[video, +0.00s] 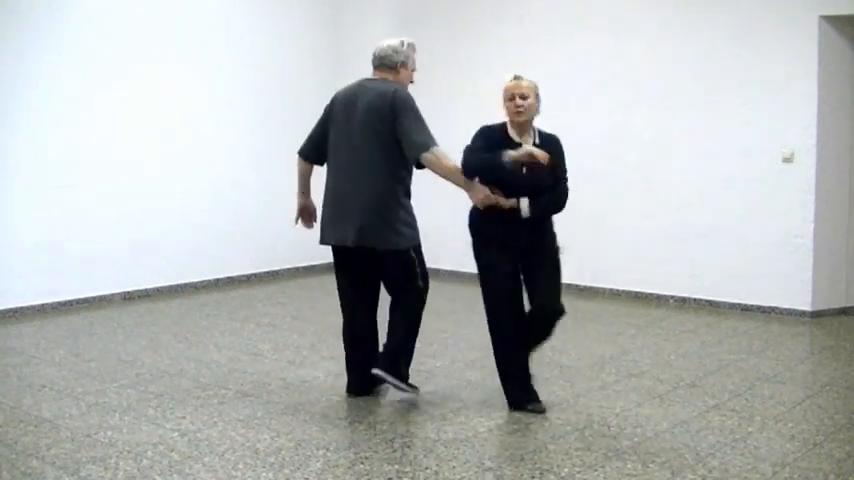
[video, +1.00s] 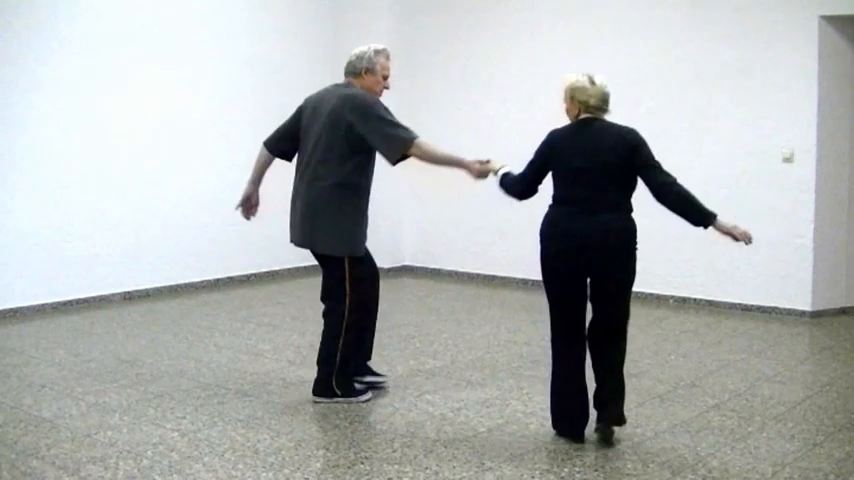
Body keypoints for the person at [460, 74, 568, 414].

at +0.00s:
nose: (517, 103)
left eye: (524, 97)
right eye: (511, 98)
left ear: (537, 103)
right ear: (504, 104)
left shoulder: (550, 144)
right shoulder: (488, 136)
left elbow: (559, 197)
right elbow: (470, 166)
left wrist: (514, 203)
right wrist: (513, 156)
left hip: (537, 236)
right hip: (494, 237)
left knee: (549, 308)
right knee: (506, 316)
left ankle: (513, 348)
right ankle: (520, 397)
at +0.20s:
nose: (509, 100)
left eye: (517, 95)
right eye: (509, 94)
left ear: (540, 103)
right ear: (509, 100)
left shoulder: (554, 143)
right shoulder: (501, 136)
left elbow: (548, 202)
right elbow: (455, 154)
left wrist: (499, 195)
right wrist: (465, 130)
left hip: (554, 242)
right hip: (516, 241)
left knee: (558, 316)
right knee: (523, 318)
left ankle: (581, 394)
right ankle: (543, 394)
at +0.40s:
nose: (511, 99)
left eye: (517, 94)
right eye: (513, 93)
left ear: (536, 100)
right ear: (535, 100)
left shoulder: (547, 140)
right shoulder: (532, 133)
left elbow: (517, 194)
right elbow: (492, 138)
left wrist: (482, 180)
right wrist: (475, 107)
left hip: (564, 238)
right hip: (548, 237)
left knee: (545, 319)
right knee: (536, 318)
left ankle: (584, 393)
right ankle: (554, 396)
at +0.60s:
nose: (528, 104)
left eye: (532, 97)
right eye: (530, 97)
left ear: (548, 104)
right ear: (563, 105)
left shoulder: (543, 142)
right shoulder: (584, 137)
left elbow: (503, 192)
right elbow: (554, 163)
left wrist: (467, 175)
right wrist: (527, 139)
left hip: (557, 243)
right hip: (593, 239)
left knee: (542, 324)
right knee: (572, 320)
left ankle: (568, 412)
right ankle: (559, 398)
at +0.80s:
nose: (545, 113)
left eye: (548, 107)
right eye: (547, 107)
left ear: (559, 111)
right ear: (585, 113)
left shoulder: (545, 147)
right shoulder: (612, 148)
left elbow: (501, 196)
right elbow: (642, 196)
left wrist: (462, 193)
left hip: (558, 252)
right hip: (607, 253)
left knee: (558, 332)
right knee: (590, 327)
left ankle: (572, 422)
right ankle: (572, 403)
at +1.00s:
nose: (563, 108)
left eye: (565, 103)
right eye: (564, 102)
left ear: (573, 106)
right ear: (603, 105)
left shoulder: (558, 139)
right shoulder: (628, 139)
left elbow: (523, 188)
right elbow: (664, 187)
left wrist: (499, 173)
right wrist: (715, 222)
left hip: (562, 243)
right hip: (615, 244)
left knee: (566, 331)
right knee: (610, 328)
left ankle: (569, 425)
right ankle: (608, 417)